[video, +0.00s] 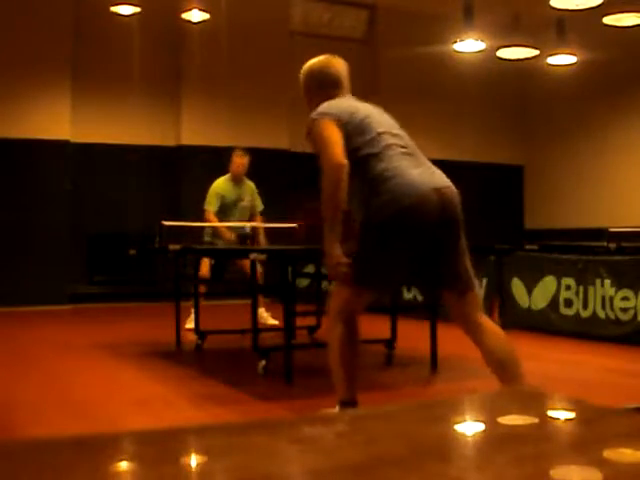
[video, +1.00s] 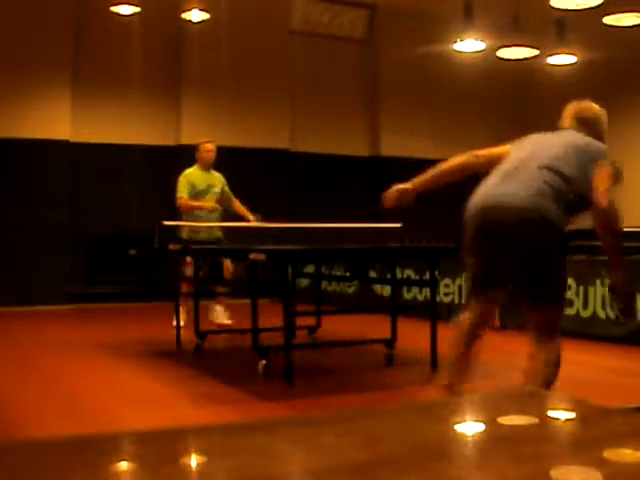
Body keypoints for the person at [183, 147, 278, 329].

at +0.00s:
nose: (239, 169)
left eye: (242, 165)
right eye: (236, 164)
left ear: (247, 167)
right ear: (230, 165)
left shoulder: (250, 187)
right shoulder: (219, 185)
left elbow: (257, 216)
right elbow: (209, 214)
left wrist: (261, 240)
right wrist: (224, 232)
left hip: (240, 239)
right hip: (216, 239)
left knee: (256, 271)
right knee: (204, 273)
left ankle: (260, 310)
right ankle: (194, 312)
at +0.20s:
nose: (250, 170)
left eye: (253, 167)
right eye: (247, 166)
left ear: (256, 170)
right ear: (240, 166)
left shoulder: (252, 189)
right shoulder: (228, 181)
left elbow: (251, 219)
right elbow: (222, 206)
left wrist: (256, 243)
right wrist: (228, 229)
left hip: (240, 237)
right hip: (219, 237)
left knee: (257, 270)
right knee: (205, 273)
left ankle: (260, 310)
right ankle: (194, 313)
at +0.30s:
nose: (253, 168)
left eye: (256, 166)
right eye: (251, 164)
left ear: (259, 169)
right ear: (243, 163)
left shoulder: (253, 190)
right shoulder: (229, 177)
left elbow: (252, 220)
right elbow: (224, 181)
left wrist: (257, 242)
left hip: (242, 240)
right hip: (220, 238)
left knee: (258, 272)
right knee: (206, 273)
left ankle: (260, 310)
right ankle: (195, 313)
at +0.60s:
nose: (244, 164)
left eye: (247, 161)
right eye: (241, 160)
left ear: (250, 165)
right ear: (233, 160)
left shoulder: (251, 189)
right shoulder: (219, 180)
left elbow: (262, 213)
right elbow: (201, 199)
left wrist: (272, 230)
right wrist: (212, 192)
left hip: (242, 240)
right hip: (217, 238)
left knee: (258, 272)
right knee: (203, 273)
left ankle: (261, 311)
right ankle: (185, 306)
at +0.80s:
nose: (224, 164)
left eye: (227, 160)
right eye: (221, 159)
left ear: (229, 163)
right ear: (211, 160)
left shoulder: (231, 187)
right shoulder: (198, 181)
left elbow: (248, 211)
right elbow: (189, 205)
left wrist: (264, 212)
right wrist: (211, 207)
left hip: (227, 241)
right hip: (202, 240)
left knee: (244, 274)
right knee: (191, 279)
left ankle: (257, 310)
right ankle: (182, 312)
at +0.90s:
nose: (216, 159)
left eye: (218, 156)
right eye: (212, 155)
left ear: (220, 159)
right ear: (202, 158)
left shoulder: (222, 182)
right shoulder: (191, 178)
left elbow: (236, 205)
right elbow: (185, 205)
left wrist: (255, 213)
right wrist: (208, 205)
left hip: (218, 238)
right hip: (195, 238)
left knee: (236, 273)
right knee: (189, 279)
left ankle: (246, 308)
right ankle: (182, 312)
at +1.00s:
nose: (210, 155)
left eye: (212, 152)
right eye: (207, 152)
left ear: (215, 154)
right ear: (198, 154)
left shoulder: (218, 178)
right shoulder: (187, 176)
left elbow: (231, 200)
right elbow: (182, 203)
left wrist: (248, 216)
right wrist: (205, 205)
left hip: (214, 235)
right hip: (192, 235)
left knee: (220, 271)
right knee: (188, 275)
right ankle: (182, 309)